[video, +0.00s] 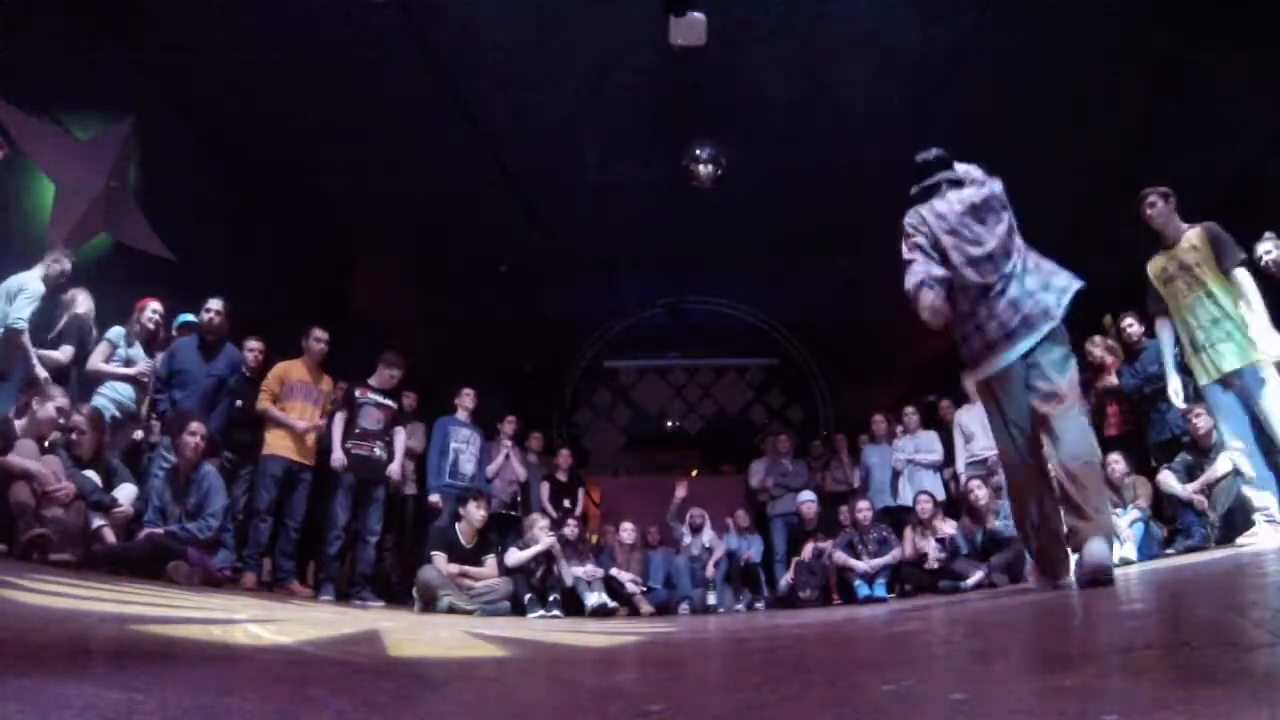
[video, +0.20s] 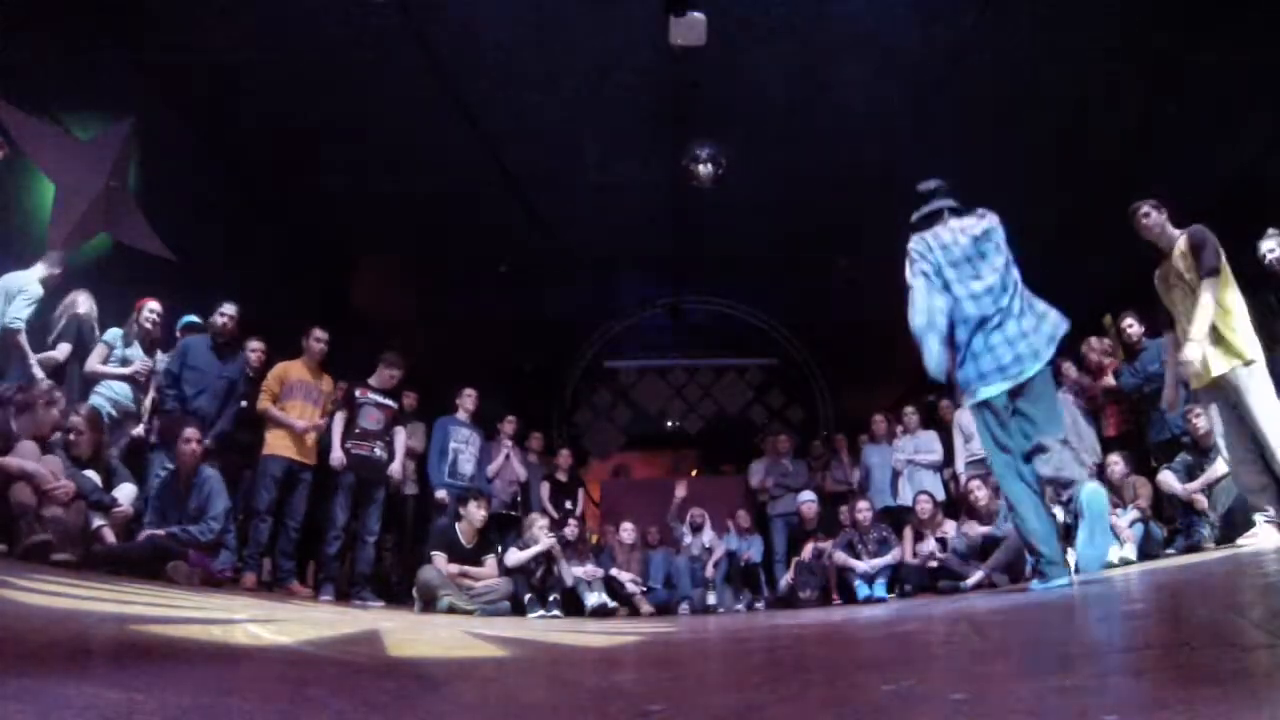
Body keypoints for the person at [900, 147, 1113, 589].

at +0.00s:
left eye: (920, 184)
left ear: (915, 186)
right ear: (954, 169)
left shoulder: (919, 221)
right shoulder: (988, 186)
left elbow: (928, 294)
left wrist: (934, 302)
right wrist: (956, 167)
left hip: (991, 338)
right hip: (1040, 312)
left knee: (1019, 452)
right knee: (1068, 416)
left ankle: (1051, 563)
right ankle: (1097, 538)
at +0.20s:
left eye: (922, 218)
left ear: (919, 216)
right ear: (955, 203)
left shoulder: (922, 247)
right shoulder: (989, 221)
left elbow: (928, 315)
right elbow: (1003, 276)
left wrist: (940, 368)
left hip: (983, 369)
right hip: (1029, 349)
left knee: (1011, 470)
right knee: (1047, 443)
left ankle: (1053, 567)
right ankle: (1081, 486)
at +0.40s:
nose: (919, 247)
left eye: (918, 242)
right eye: (920, 241)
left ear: (920, 239)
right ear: (950, 231)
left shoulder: (921, 266)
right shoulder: (980, 251)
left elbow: (927, 331)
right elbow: (1002, 315)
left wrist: (927, 389)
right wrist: (1032, 367)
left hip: (972, 382)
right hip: (1012, 370)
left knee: (1004, 476)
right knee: (1022, 468)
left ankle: (1056, 558)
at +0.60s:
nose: (902, 265)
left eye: (904, 260)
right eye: (903, 260)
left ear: (909, 260)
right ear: (934, 256)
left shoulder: (909, 286)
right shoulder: (961, 274)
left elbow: (910, 346)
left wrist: (909, 402)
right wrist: (914, 258)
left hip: (959, 393)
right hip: (991, 382)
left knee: (997, 480)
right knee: (980, 485)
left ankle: (1053, 558)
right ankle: (976, 572)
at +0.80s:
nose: (892, 283)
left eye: (893, 280)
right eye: (892, 280)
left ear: (898, 280)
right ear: (920, 276)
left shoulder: (898, 301)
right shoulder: (943, 296)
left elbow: (894, 357)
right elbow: (911, 294)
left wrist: (882, 413)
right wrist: (873, 279)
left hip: (927, 405)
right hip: (963, 400)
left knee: (928, 487)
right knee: (958, 485)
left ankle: (986, 531)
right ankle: (971, 575)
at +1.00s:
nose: (867, 306)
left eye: (869, 300)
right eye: (867, 301)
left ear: (880, 298)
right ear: (899, 297)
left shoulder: (887, 321)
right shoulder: (920, 319)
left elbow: (880, 370)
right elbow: (868, 323)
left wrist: (875, 422)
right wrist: (828, 329)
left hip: (904, 433)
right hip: (935, 432)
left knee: (878, 500)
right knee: (936, 503)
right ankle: (971, 577)